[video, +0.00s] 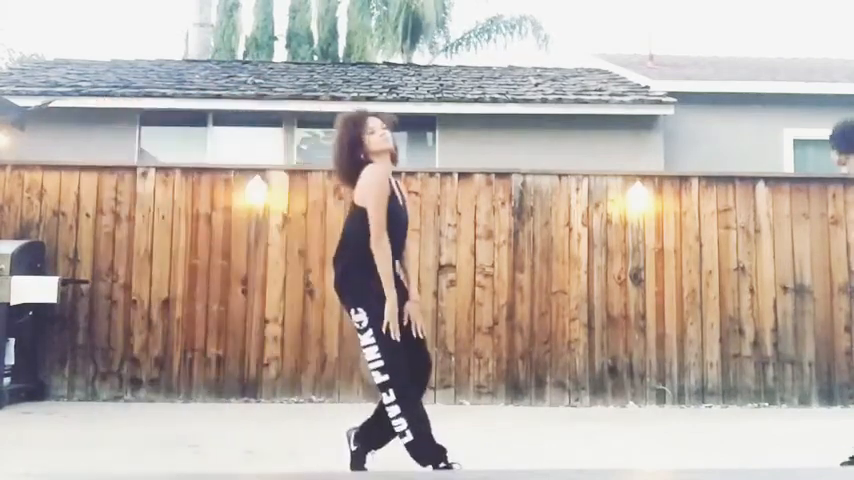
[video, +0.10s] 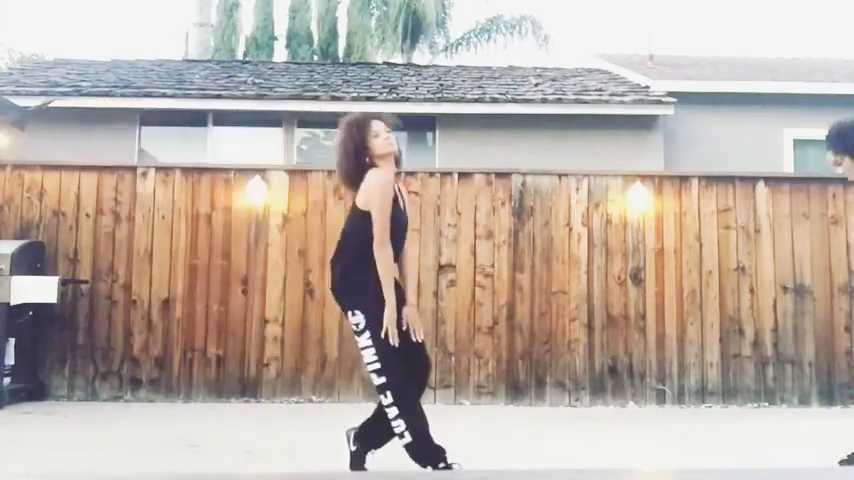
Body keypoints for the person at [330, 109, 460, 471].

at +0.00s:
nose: (385, 133)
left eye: (384, 128)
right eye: (375, 131)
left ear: (389, 135)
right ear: (362, 145)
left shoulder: (392, 178)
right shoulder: (375, 174)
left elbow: (396, 245)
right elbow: (377, 239)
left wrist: (410, 295)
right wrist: (390, 296)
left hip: (383, 278)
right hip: (360, 279)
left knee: (418, 362)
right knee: (391, 367)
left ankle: (366, 437)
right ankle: (431, 456)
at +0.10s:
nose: (388, 138)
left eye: (388, 132)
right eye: (378, 135)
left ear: (392, 138)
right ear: (365, 148)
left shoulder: (394, 182)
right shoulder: (379, 178)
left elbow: (404, 246)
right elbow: (380, 243)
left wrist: (409, 301)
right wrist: (390, 301)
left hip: (380, 282)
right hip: (357, 282)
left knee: (417, 364)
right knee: (390, 370)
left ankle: (365, 436)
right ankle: (430, 457)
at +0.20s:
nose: (389, 141)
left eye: (387, 136)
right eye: (379, 140)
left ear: (391, 142)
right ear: (365, 153)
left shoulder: (390, 188)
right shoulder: (377, 184)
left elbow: (400, 254)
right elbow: (379, 251)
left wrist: (407, 308)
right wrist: (387, 309)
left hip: (373, 284)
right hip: (352, 286)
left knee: (416, 364)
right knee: (386, 372)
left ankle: (365, 436)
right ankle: (430, 458)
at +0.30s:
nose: (382, 146)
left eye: (382, 140)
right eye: (372, 144)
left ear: (387, 145)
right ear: (359, 157)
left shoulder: (387, 194)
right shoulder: (370, 189)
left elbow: (395, 257)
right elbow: (372, 254)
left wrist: (405, 311)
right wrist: (381, 314)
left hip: (367, 287)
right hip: (344, 288)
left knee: (404, 370)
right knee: (380, 375)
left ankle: (360, 437)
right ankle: (426, 457)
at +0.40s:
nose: (373, 145)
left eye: (374, 140)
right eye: (363, 143)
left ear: (379, 148)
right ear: (349, 155)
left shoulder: (385, 200)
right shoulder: (352, 190)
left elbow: (396, 255)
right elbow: (358, 257)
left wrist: (409, 313)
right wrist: (369, 318)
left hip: (359, 282)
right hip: (329, 285)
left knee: (387, 367)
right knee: (369, 369)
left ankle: (349, 440)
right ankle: (416, 454)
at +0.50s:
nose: (359, 140)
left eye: (362, 134)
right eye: (349, 137)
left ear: (368, 143)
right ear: (334, 148)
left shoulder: (371, 188)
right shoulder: (333, 185)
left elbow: (387, 237)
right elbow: (337, 252)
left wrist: (409, 286)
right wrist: (345, 313)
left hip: (354, 278)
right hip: (322, 283)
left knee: (376, 362)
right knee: (357, 362)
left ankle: (352, 442)